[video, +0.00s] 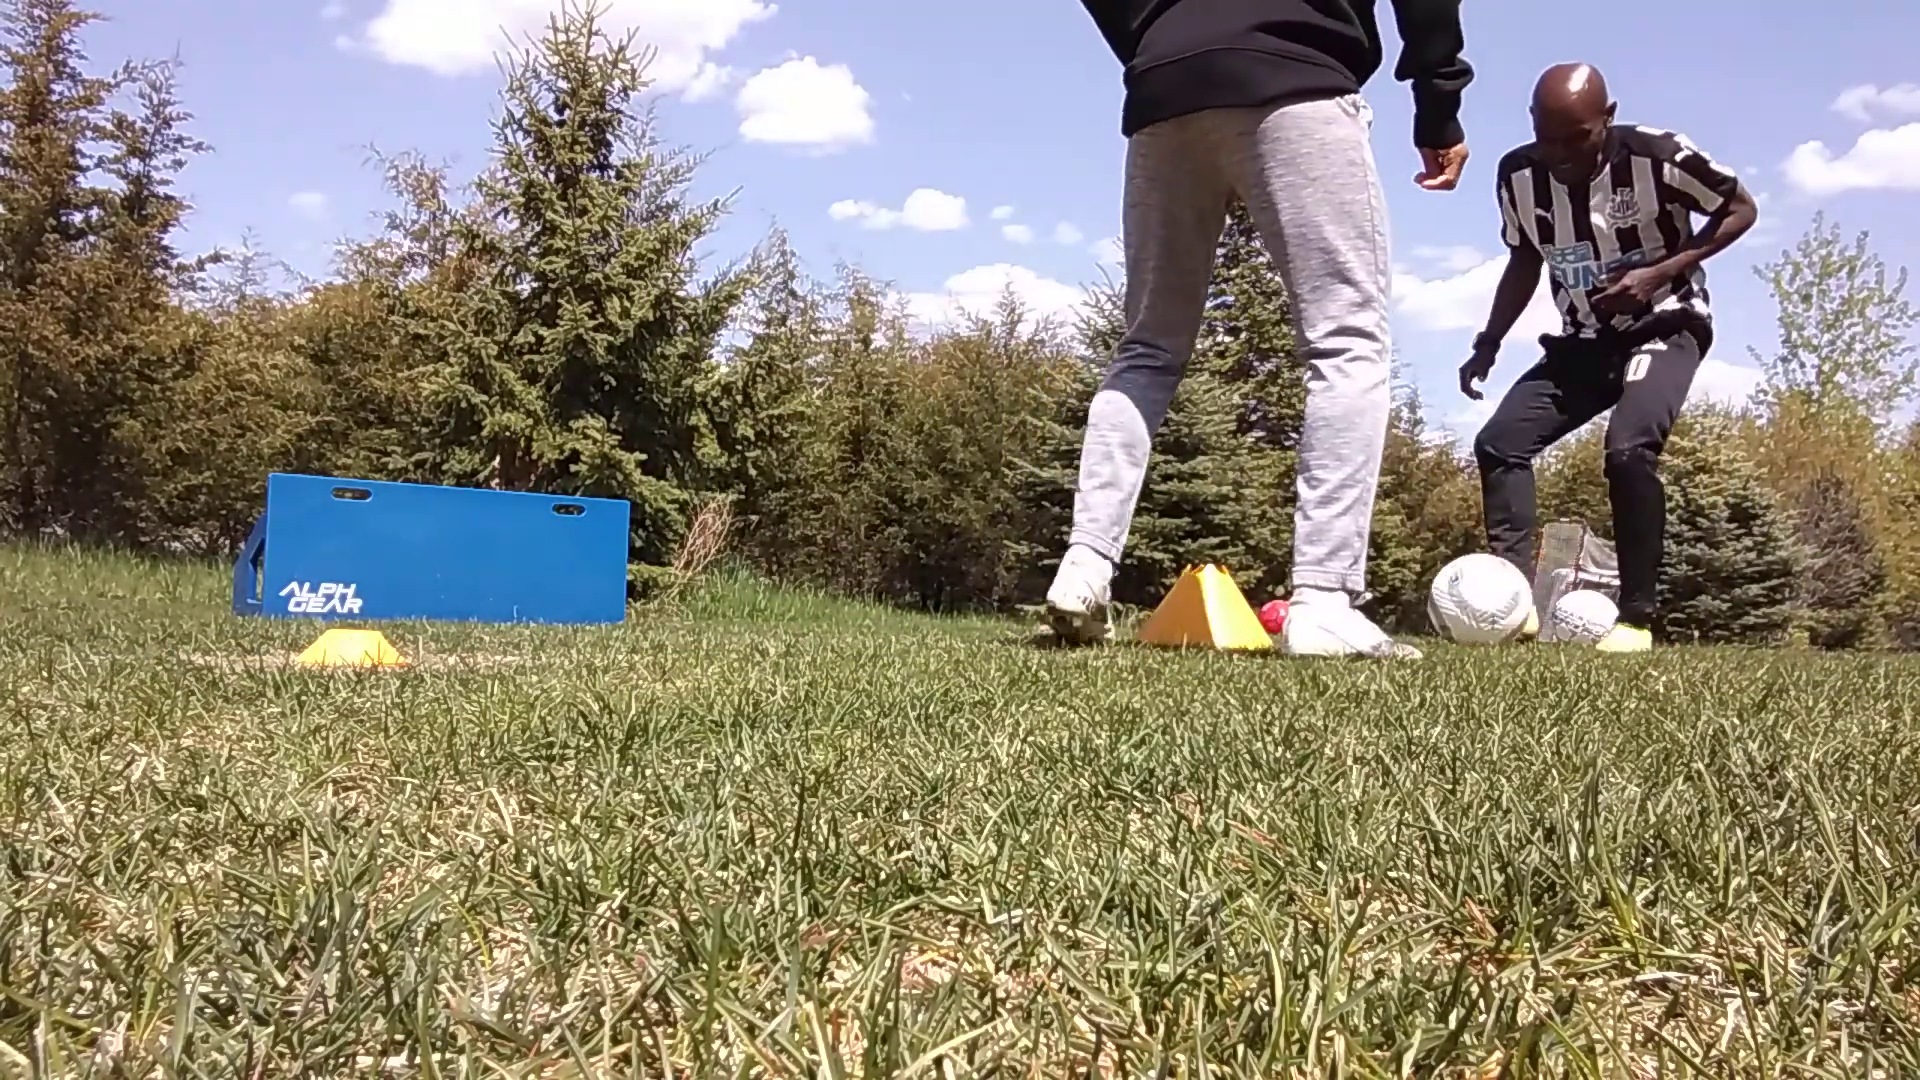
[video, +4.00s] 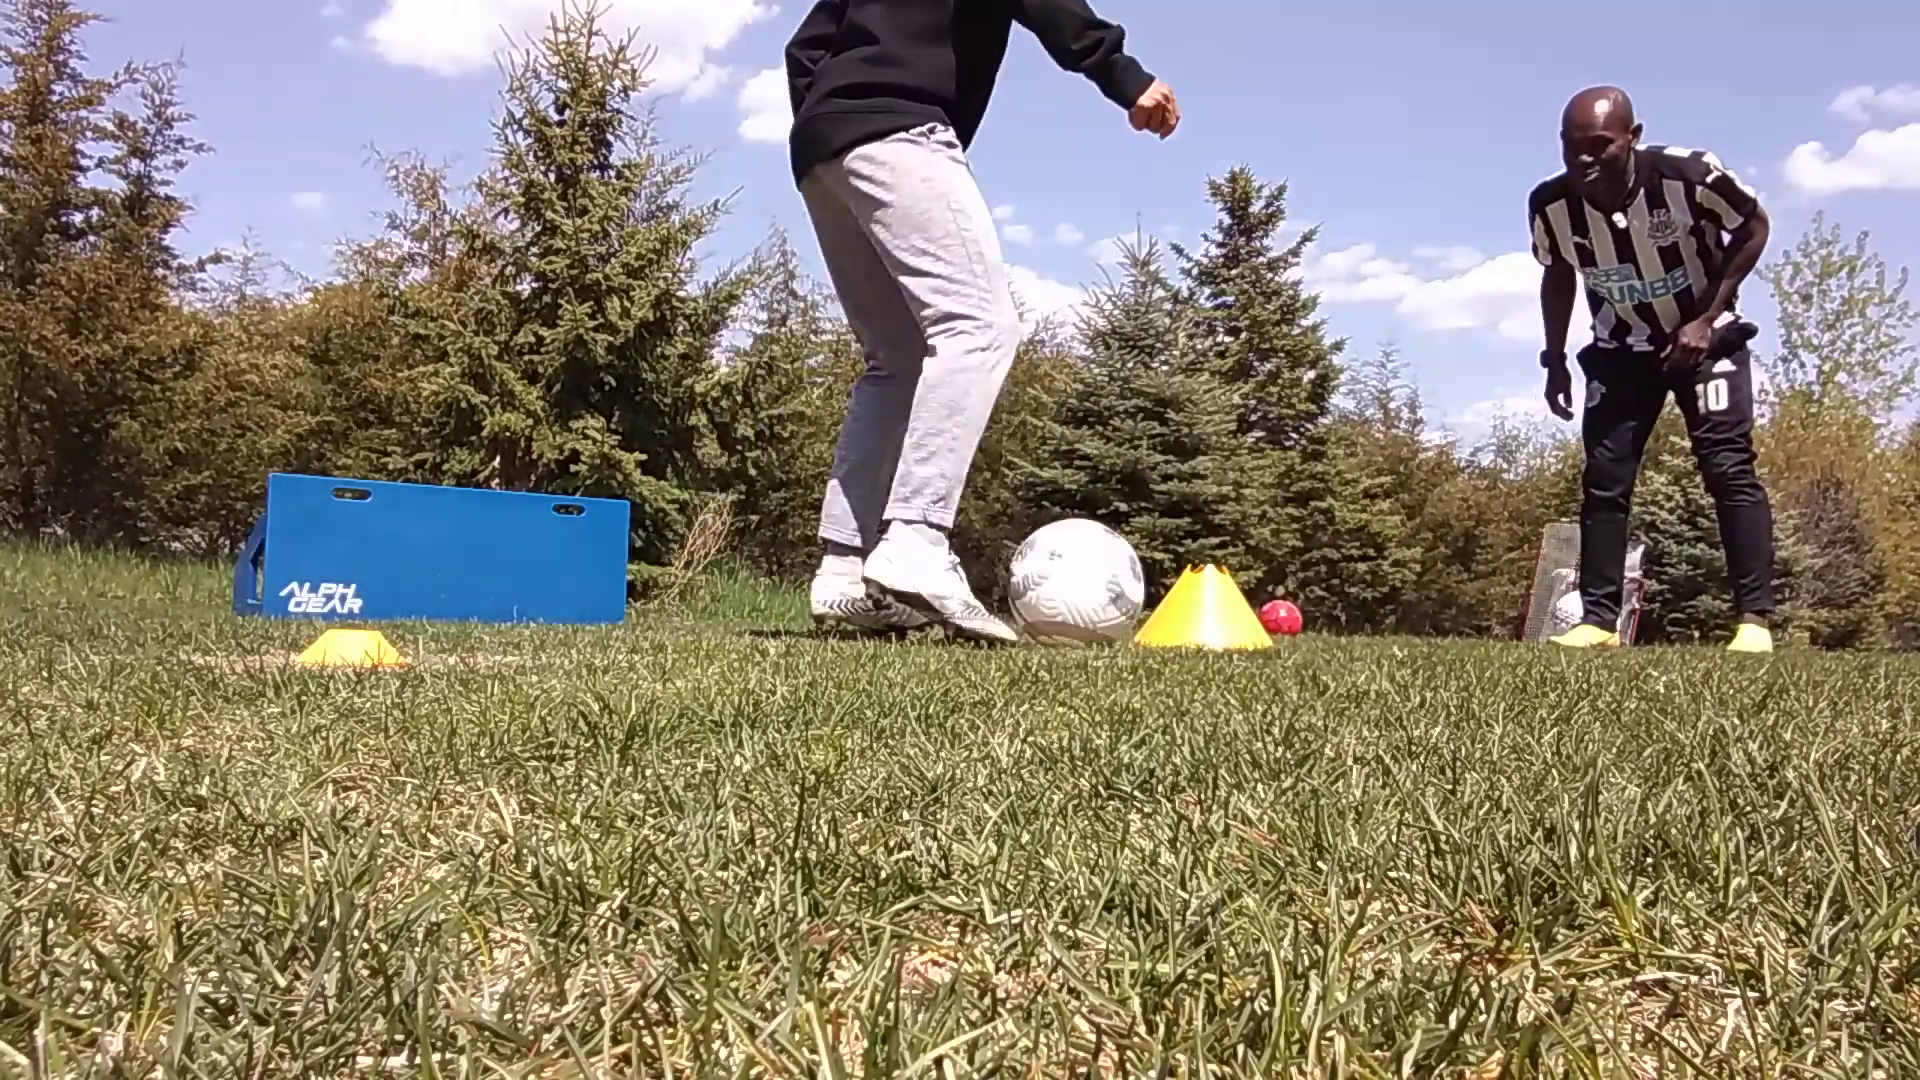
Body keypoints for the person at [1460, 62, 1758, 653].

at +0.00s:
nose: (1564, 151)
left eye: (1578, 137)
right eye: (1551, 137)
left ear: (1608, 116)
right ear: (1534, 124)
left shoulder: (1660, 156)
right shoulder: (1518, 176)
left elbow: (1740, 209)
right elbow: (1525, 259)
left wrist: (1666, 270)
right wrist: (1490, 339)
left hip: (1664, 330)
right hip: (1587, 341)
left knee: (1628, 452)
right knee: (1499, 445)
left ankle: (1636, 620)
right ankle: (1512, 603)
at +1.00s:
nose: (1591, 131)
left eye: (1600, 116)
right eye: (1585, 118)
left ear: (1647, 97)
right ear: (1585, 108)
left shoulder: (1725, 130)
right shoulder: (1599, 165)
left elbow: (1828, 188)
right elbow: (1623, 248)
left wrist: (1726, 234)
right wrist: (1583, 331)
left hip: (1756, 318)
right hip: (1676, 324)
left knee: (1710, 451)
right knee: (1573, 423)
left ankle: (1737, 626)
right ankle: (1585, 585)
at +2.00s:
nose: (1612, 128)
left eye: (1620, 112)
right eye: (1606, 115)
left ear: (1663, 93)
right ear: (1612, 106)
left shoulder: (1745, 129)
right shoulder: (1620, 158)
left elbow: (1844, 187)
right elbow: (1643, 236)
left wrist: (1747, 207)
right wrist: (1601, 310)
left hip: (1755, 323)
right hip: (1682, 333)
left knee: (1733, 453)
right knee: (1640, 459)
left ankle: (1753, 624)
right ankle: (1637, 615)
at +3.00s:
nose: (1607, 114)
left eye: (1621, 100)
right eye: (1597, 103)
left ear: (1657, 92)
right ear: (1587, 102)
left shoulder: (1721, 133)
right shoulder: (1588, 171)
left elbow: (1808, 188)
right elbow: (1604, 253)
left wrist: (1725, 220)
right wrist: (1580, 333)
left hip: (1742, 319)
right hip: (1667, 338)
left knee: (1735, 457)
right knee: (1677, 479)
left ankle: (1754, 622)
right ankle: (1689, 625)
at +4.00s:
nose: (1581, 159)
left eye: (1596, 145)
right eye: (1571, 146)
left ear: (1632, 140)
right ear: (1561, 144)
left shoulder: (1692, 177)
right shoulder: (1550, 206)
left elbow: (1754, 225)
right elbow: (1559, 272)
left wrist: (1708, 316)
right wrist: (1554, 357)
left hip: (1706, 340)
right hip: (1623, 351)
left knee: (1728, 471)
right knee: (1603, 480)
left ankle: (1754, 620)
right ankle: (1599, 622)